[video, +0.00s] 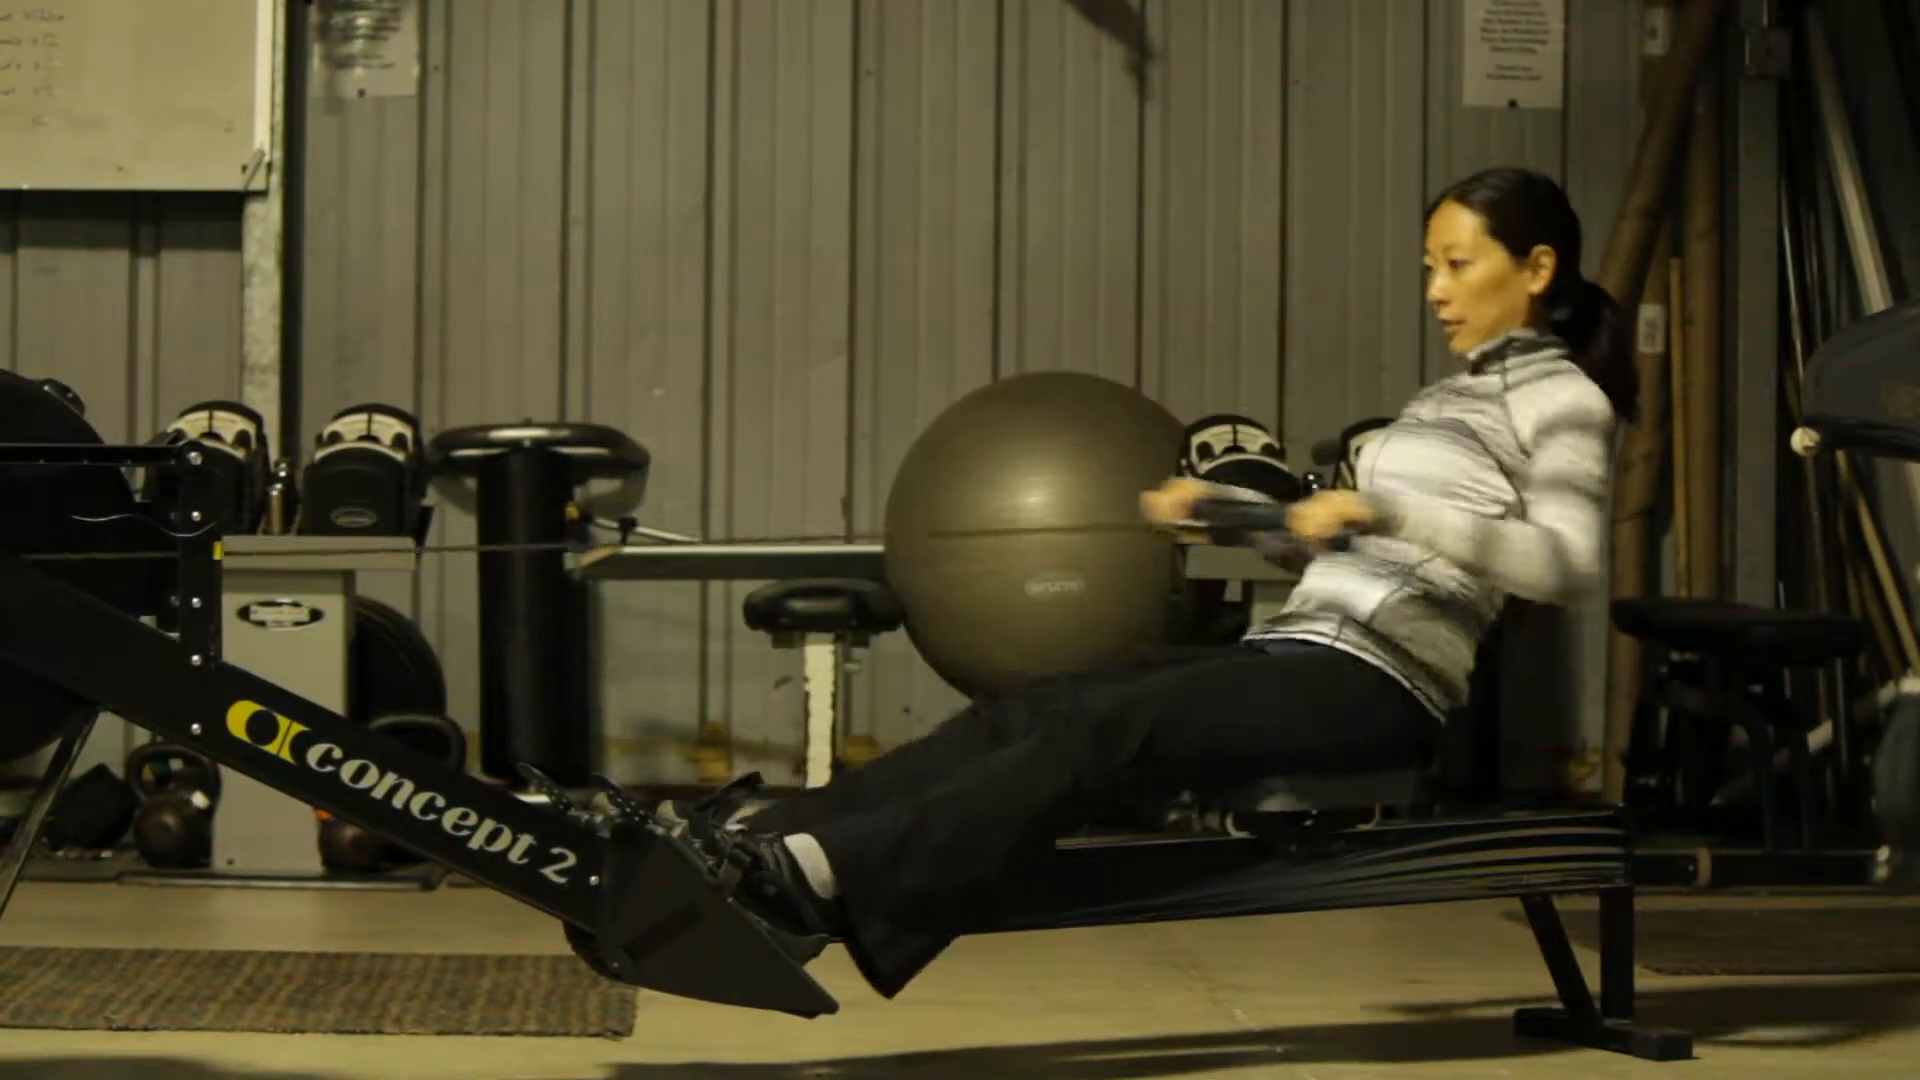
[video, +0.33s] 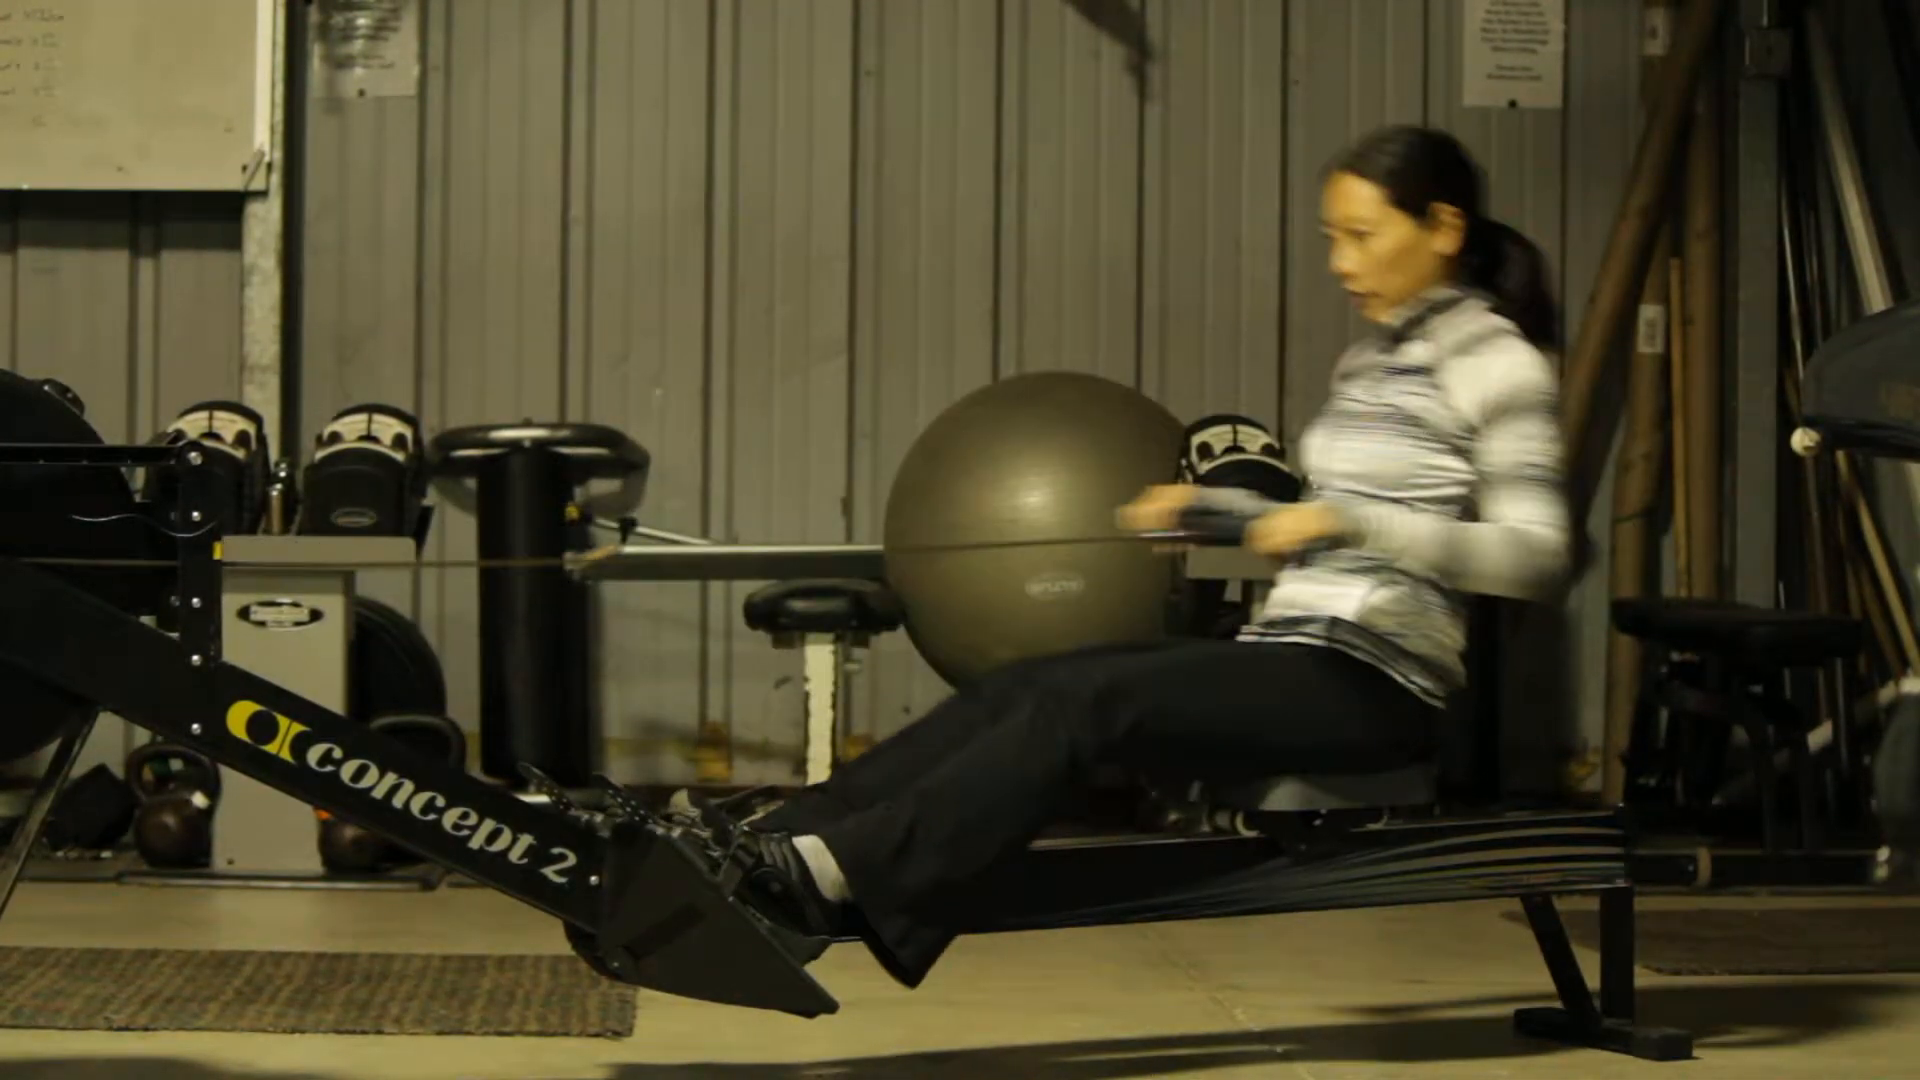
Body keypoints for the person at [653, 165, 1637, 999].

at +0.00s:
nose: (1435, 287)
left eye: (1455, 263)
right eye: (1433, 264)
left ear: (1535, 268)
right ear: (1472, 271)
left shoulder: (1562, 393)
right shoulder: (1445, 395)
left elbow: (1568, 559)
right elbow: (1369, 534)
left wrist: (1384, 510)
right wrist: (1229, 512)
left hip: (1380, 680)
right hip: (1299, 656)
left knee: (1088, 722)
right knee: (1023, 709)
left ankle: (812, 882)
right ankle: (762, 841)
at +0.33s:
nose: (1340, 261)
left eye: (1359, 236)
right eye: (1335, 237)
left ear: (1442, 232)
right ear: (1358, 238)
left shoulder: (1498, 357)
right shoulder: (1373, 357)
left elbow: (1536, 551)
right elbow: (1338, 519)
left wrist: (1350, 519)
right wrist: (1210, 508)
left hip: (1384, 678)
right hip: (1299, 655)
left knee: (1079, 702)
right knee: (1026, 685)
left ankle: (821, 880)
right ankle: (770, 845)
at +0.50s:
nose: (1180, 231)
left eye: (1202, 205)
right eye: (1176, 206)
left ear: (1289, 200)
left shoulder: (1343, 332)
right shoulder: (1203, 342)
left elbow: (1282, 526)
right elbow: (1108, 504)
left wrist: (1086, 580)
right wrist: (944, 547)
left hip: (1306, 682)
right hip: (1208, 655)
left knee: (1020, 649)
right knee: (962, 627)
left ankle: (831, 871)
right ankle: (768, 835)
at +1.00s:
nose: (668, 260)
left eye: (695, 235)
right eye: (673, 236)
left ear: (783, 246)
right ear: (750, 251)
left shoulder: (840, 370)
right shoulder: (725, 380)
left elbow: (661, 509)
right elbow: (563, 469)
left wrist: (452, 586)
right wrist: (339, 541)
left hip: (988, 699)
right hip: (893, 691)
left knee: (765, 547)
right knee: (694, 547)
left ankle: (787, 860)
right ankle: (695, 834)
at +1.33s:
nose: (735, 206)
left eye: (766, 182)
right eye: (740, 184)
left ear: (853, 206)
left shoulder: (897, 339)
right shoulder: (779, 344)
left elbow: (755, 506)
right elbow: (642, 487)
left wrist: (565, 608)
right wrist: (447, 591)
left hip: (981, 692)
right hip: (889, 673)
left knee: (781, 555)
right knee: (694, 561)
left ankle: (787, 859)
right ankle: (684, 832)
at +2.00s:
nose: (1402, 264)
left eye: (1424, 243)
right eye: (1399, 243)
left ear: (1505, 249)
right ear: (1422, 252)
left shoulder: (1516, 370)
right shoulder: (1402, 369)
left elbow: (1454, 492)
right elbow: (1281, 472)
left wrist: (1247, 478)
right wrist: (1097, 476)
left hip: (1361, 681)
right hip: (1275, 655)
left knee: (1055, 690)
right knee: (993, 673)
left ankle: (815, 886)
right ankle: (740, 845)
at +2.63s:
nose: (1174, 228)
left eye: (1197, 201)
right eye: (1171, 203)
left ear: (1284, 201)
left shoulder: (1340, 332)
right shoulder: (1196, 347)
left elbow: (1313, 529)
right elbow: (1119, 516)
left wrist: (1107, 570)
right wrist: (955, 544)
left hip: (1315, 684)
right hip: (1215, 660)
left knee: (1027, 648)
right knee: (969, 634)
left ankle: (838, 874)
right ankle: (779, 834)